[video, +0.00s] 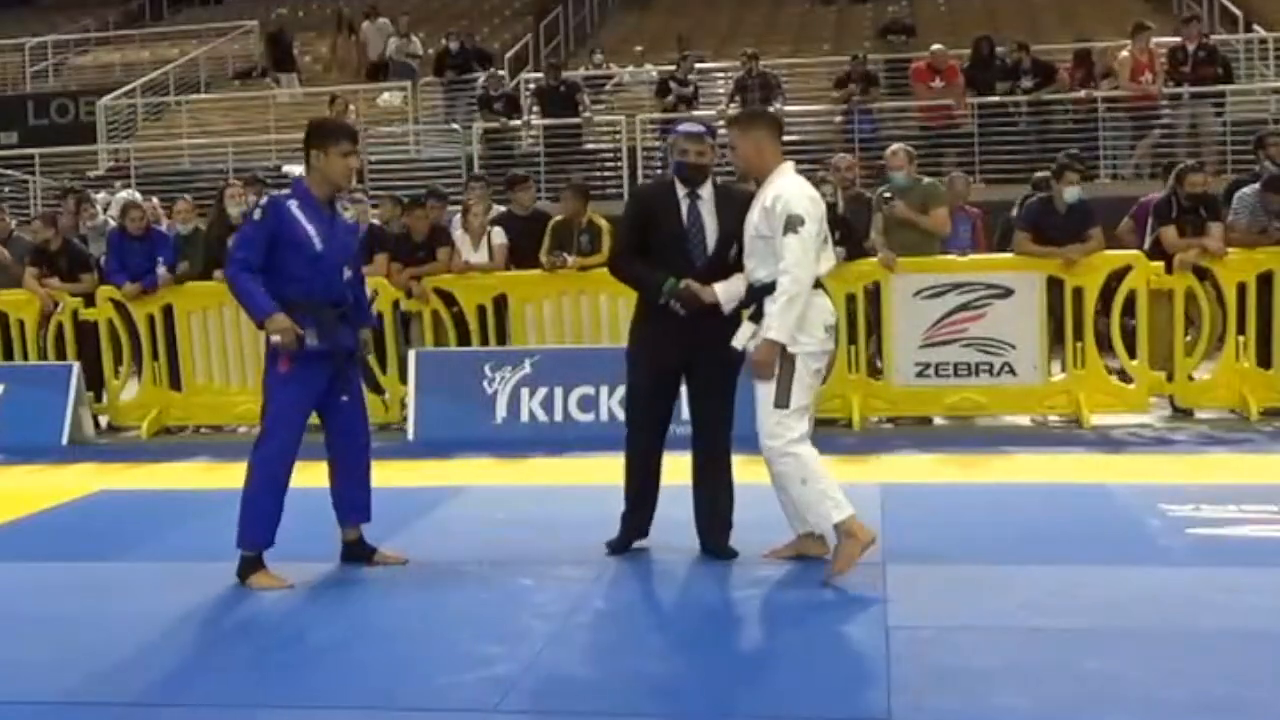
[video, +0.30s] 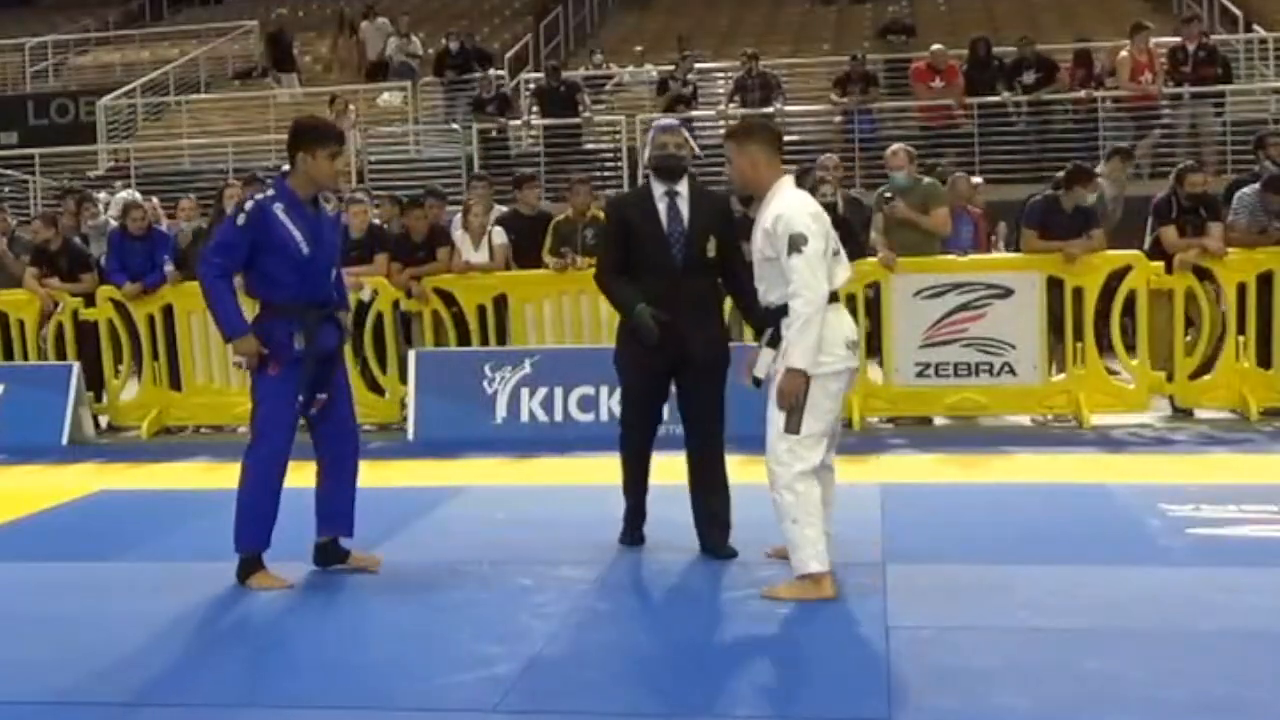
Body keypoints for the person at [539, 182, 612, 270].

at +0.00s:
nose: (563, 204)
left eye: (567, 200)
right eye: (562, 200)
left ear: (581, 201)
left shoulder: (601, 225)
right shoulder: (556, 223)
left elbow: (603, 257)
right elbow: (543, 255)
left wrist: (577, 262)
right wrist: (552, 262)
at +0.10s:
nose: (566, 202)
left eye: (572, 198)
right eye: (565, 198)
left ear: (585, 201)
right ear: (563, 200)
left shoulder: (603, 224)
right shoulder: (556, 223)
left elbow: (605, 257)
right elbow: (545, 255)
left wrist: (576, 261)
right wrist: (556, 261)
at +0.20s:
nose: (577, 200)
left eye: (581, 195)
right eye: (573, 195)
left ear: (590, 196)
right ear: (567, 196)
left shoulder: (604, 223)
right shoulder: (557, 222)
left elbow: (607, 257)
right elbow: (546, 253)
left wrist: (583, 261)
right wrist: (554, 261)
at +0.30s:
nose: (582, 199)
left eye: (586, 194)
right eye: (577, 194)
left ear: (592, 197)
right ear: (569, 196)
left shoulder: (601, 221)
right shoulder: (558, 223)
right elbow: (546, 253)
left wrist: (584, 262)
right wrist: (554, 262)